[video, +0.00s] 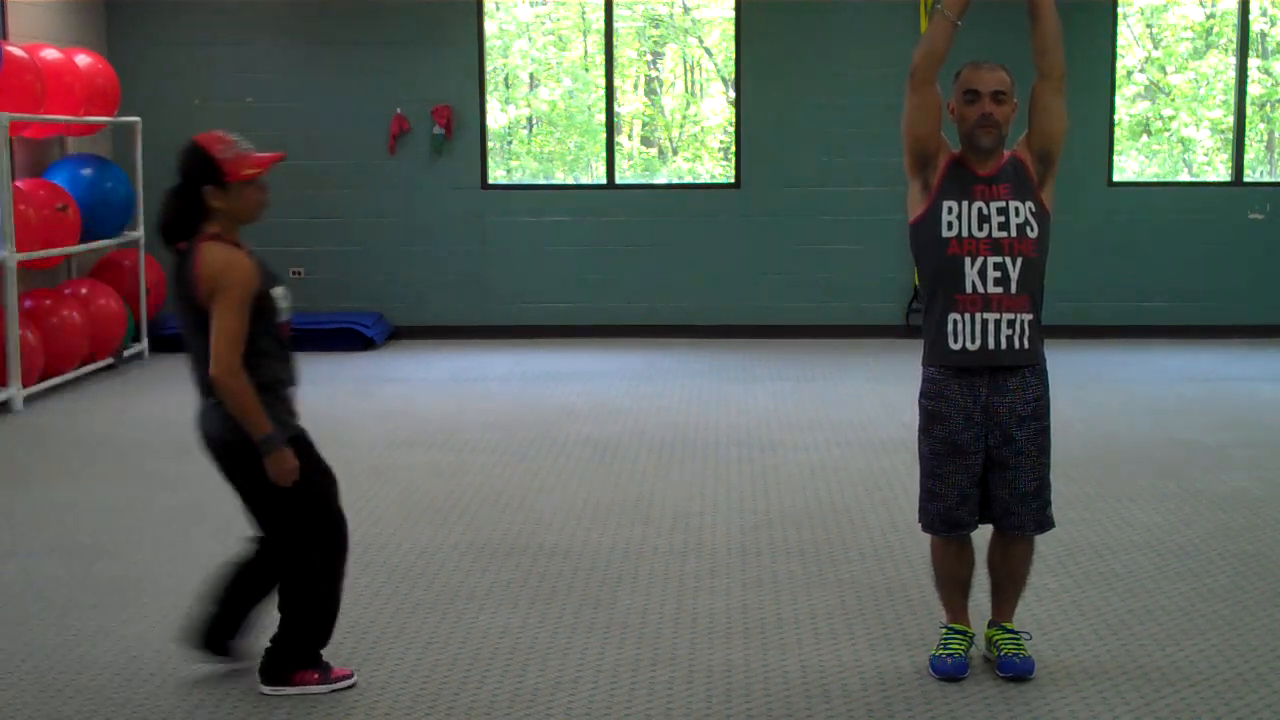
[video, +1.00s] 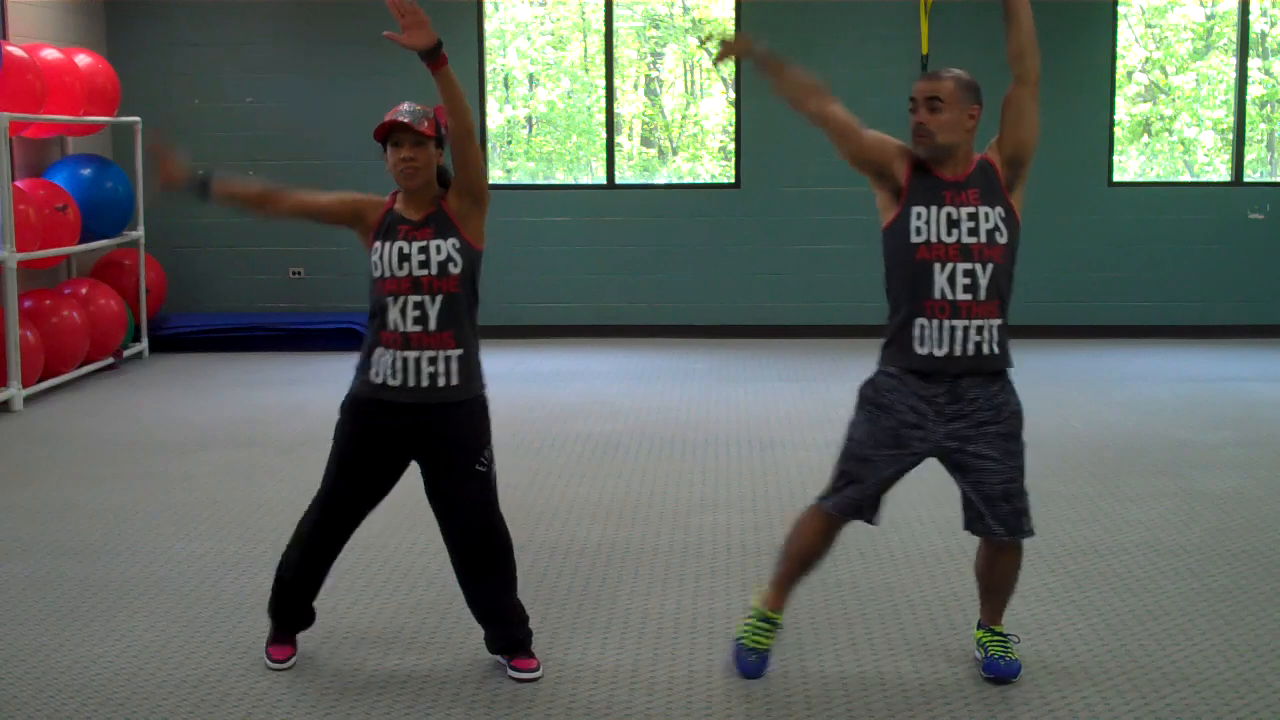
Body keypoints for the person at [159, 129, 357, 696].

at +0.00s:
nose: (263, 191)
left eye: (260, 181)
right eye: (250, 184)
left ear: (217, 194)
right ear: (215, 195)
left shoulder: (204, 254)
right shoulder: (231, 264)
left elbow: (219, 356)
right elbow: (225, 369)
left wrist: (272, 412)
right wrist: (271, 443)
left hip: (233, 424)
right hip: (255, 428)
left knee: (288, 532)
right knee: (322, 532)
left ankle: (219, 630)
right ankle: (293, 661)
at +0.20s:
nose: (324, 134)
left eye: (325, 122)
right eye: (309, 126)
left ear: (326, 129)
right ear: (278, 139)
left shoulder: (314, 188)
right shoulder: (282, 200)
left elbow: (304, 264)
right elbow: (214, 253)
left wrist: (332, 323)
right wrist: (243, 323)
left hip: (349, 369)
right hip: (309, 384)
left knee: (405, 475)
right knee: (319, 509)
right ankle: (308, 637)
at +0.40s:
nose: (360, 149)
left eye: (368, 138)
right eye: (346, 141)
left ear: (382, 146)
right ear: (327, 153)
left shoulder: (394, 207)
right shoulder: (322, 223)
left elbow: (439, 245)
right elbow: (269, 306)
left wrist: (458, 285)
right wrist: (332, 366)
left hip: (429, 395)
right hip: (365, 411)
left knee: (487, 505)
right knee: (376, 537)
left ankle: (524, 628)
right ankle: (376, 644)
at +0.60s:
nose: (397, 174)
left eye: (407, 163)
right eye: (385, 166)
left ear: (425, 172)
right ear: (372, 180)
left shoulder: (451, 229)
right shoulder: (361, 240)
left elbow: (526, 243)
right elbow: (373, 288)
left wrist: (480, 214)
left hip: (471, 413)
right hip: (399, 420)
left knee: (500, 533)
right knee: (400, 541)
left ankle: (513, 642)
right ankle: (424, 636)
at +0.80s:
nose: (412, 146)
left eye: (423, 136)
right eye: (401, 139)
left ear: (446, 149)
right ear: (391, 154)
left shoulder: (472, 207)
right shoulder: (386, 211)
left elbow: (474, 132)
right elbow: (333, 148)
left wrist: (443, 61)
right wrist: (317, 79)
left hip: (471, 401)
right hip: (396, 397)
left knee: (492, 529)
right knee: (347, 496)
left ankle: (512, 641)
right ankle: (381, 621)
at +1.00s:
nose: (405, 154)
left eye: (416, 143)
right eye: (395, 145)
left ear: (440, 152)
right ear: (384, 156)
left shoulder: (464, 212)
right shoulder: (373, 214)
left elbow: (464, 136)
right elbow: (281, 200)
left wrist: (434, 54)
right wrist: (198, 181)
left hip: (453, 408)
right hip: (377, 406)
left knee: (479, 527)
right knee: (330, 517)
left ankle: (512, 641)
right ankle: (284, 624)